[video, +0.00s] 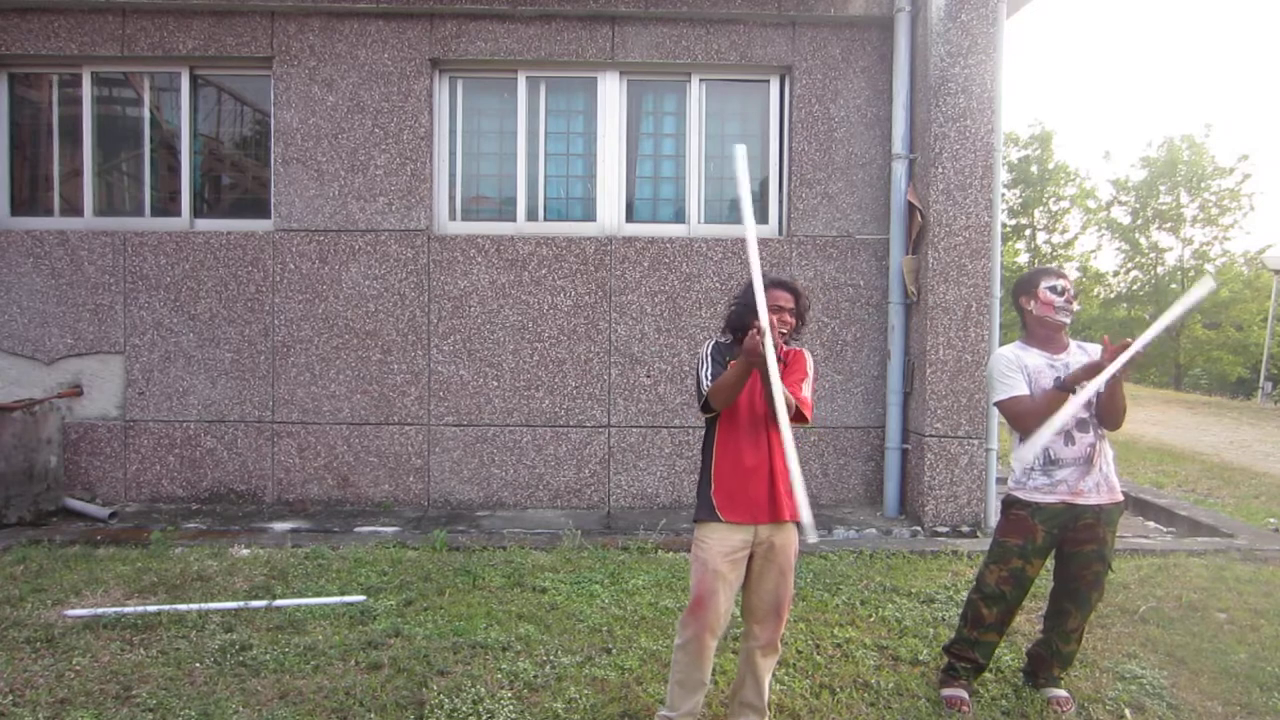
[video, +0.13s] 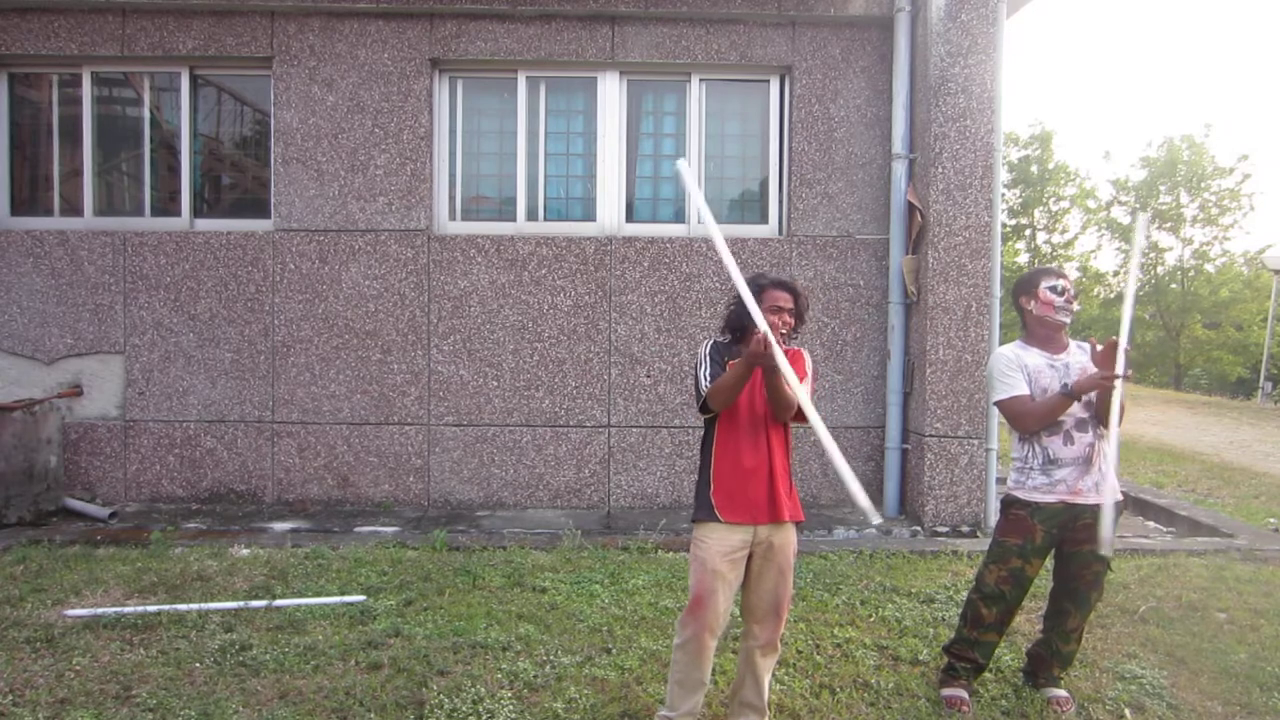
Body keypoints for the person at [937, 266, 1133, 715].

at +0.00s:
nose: (1068, 299)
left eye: (1071, 294)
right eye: (1056, 290)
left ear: (1074, 307)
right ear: (1026, 302)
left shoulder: (1091, 355)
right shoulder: (1007, 358)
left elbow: (1112, 421)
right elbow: (1024, 422)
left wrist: (1114, 372)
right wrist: (1076, 380)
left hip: (1096, 500)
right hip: (1035, 498)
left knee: (1079, 598)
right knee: (998, 588)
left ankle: (1046, 673)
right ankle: (958, 675)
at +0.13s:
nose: (1067, 299)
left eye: (1071, 294)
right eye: (1056, 290)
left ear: (1075, 308)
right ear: (1026, 302)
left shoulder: (1088, 355)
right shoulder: (1007, 358)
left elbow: (1108, 420)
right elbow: (1023, 421)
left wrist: (1109, 374)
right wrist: (1075, 389)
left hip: (1091, 499)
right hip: (1033, 497)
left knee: (1079, 595)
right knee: (998, 587)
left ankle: (1045, 672)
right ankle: (959, 674)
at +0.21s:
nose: (1067, 299)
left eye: (1071, 294)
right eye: (1056, 290)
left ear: (1074, 307)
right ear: (1026, 302)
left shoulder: (1088, 356)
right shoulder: (1008, 357)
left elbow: (1112, 420)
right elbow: (1023, 420)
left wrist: (1105, 372)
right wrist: (1076, 390)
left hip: (1095, 498)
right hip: (1034, 497)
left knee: (1079, 596)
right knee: (997, 587)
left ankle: (1045, 673)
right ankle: (958, 674)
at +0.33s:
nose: (1067, 298)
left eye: (1071, 293)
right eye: (1055, 291)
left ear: (1074, 306)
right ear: (1025, 302)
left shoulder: (1088, 357)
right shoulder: (1008, 357)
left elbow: (1113, 420)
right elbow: (1025, 420)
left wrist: (1101, 379)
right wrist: (1080, 387)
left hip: (1095, 499)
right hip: (1033, 497)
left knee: (1078, 597)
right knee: (997, 587)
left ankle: (1045, 673)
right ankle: (958, 675)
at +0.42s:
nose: (1068, 299)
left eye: (1072, 293)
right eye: (1057, 289)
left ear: (1074, 306)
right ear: (1026, 300)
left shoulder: (1089, 355)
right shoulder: (1009, 354)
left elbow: (1114, 422)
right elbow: (1028, 419)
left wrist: (1112, 378)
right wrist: (1079, 385)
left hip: (1094, 498)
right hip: (1033, 496)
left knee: (1078, 597)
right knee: (997, 588)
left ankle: (1045, 673)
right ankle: (958, 675)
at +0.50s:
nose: (1069, 298)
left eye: (1072, 293)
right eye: (1057, 289)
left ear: (1075, 307)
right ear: (1027, 301)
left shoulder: (1092, 356)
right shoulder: (1008, 356)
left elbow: (1113, 422)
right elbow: (1028, 423)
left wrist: (1119, 376)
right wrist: (1082, 387)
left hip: (1094, 498)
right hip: (1033, 496)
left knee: (1078, 597)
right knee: (997, 588)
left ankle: (1045, 673)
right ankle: (958, 675)